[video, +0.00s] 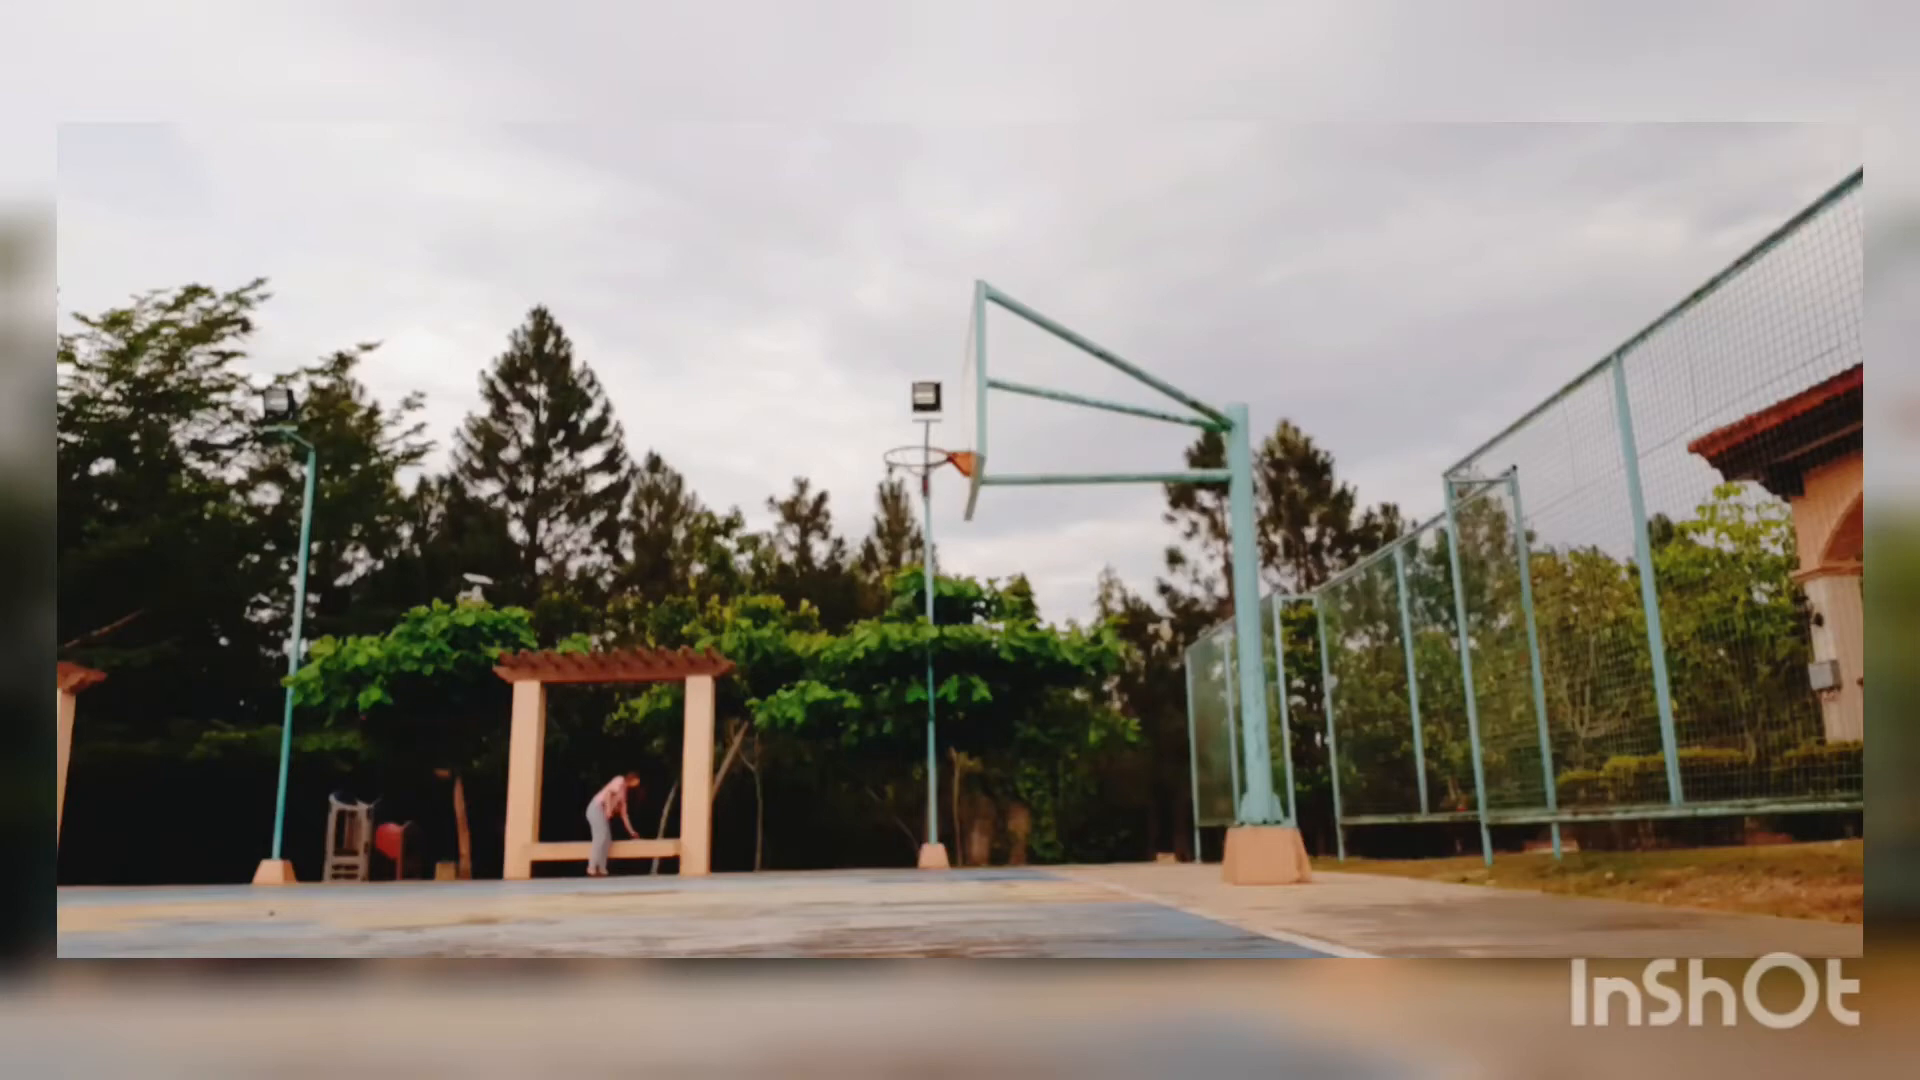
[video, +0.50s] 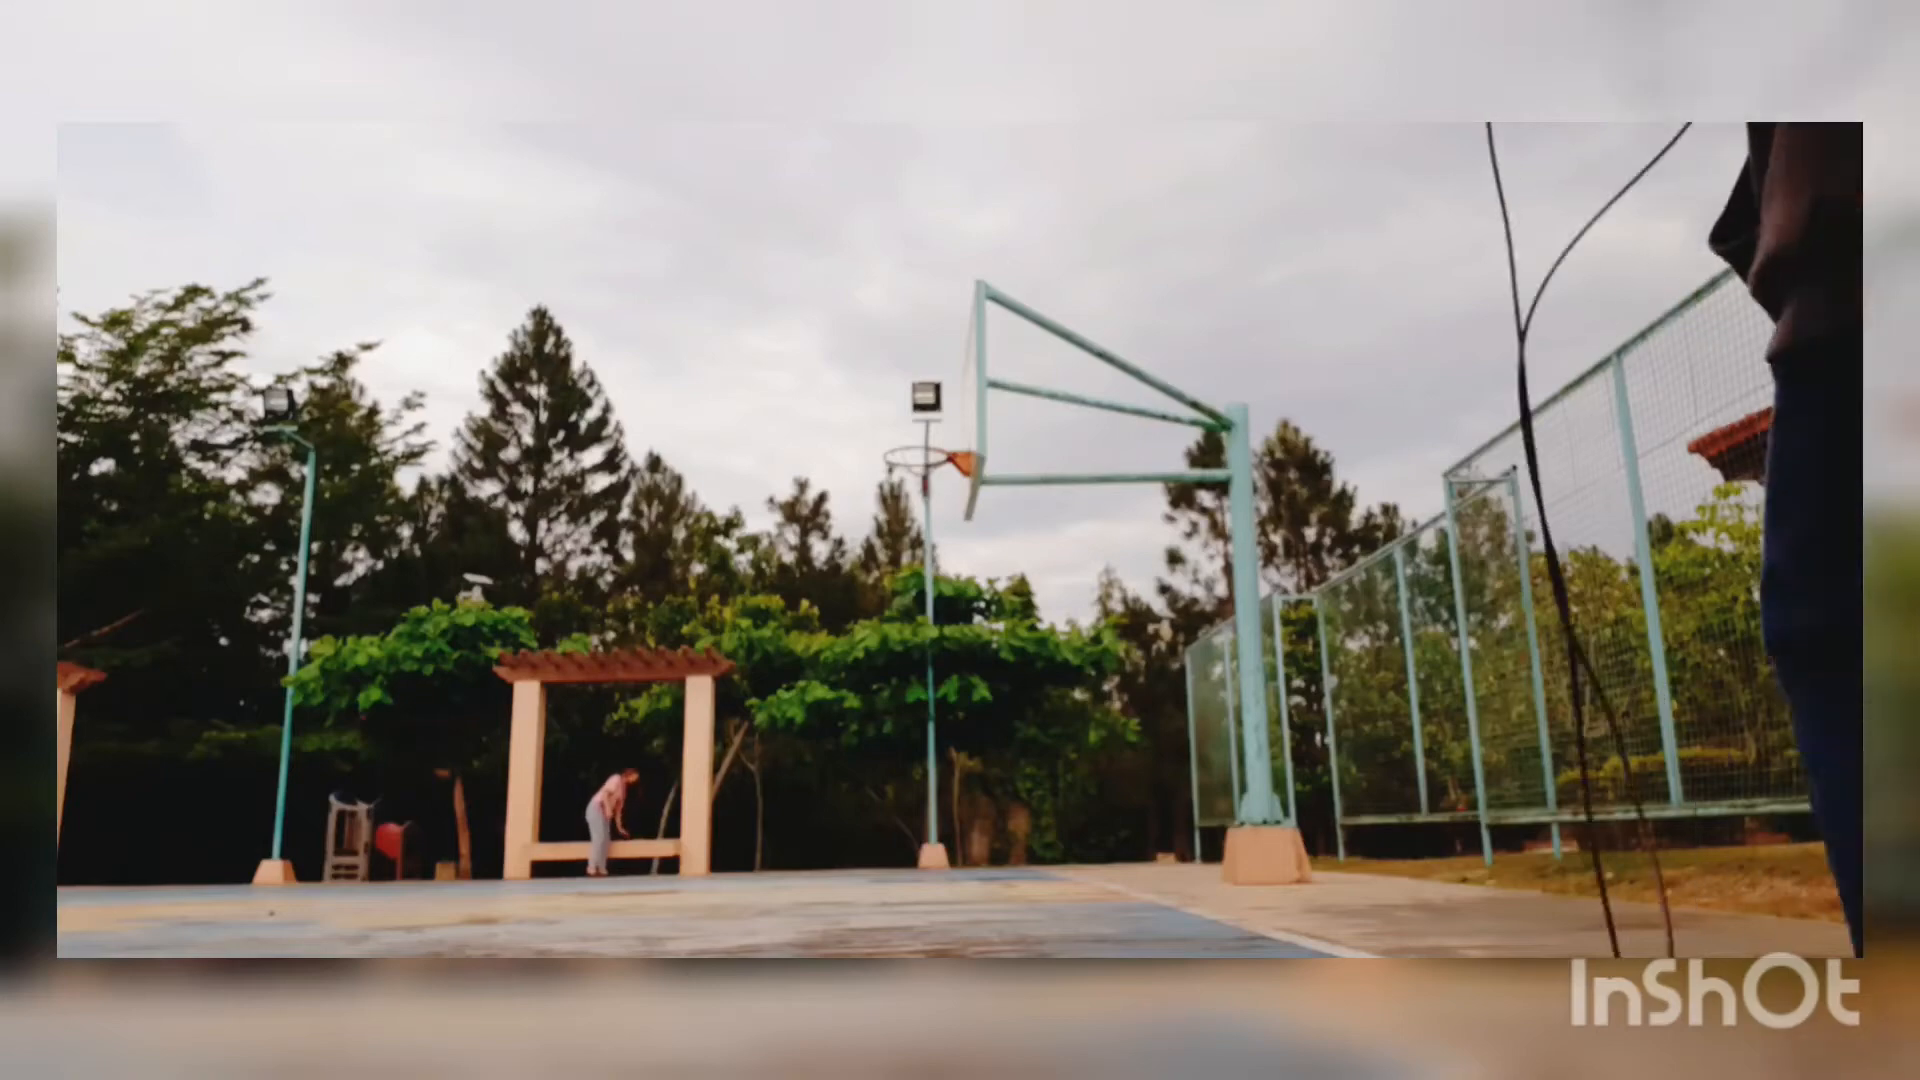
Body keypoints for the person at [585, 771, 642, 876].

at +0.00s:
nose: (636, 784)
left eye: (637, 782)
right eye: (636, 781)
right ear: (631, 778)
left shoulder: (623, 791)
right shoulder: (619, 780)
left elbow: (624, 813)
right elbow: (608, 792)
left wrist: (631, 831)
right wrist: (608, 808)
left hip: (603, 810)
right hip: (596, 807)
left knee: (607, 838)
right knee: (600, 836)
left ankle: (602, 866)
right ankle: (592, 866)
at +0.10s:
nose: (635, 784)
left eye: (637, 782)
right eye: (635, 781)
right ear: (631, 778)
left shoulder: (623, 791)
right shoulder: (620, 780)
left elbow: (623, 813)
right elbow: (607, 793)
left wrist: (630, 831)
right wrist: (609, 808)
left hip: (603, 810)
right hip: (596, 807)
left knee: (607, 838)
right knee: (600, 836)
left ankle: (601, 866)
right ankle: (592, 865)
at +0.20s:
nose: (635, 783)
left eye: (637, 781)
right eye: (635, 780)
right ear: (631, 777)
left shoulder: (623, 791)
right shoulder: (619, 780)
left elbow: (622, 814)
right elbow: (607, 793)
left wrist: (630, 831)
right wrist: (610, 809)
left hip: (603, 810)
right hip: (596, 807)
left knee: (606, 838)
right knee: (600, 836)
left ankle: (601, 866)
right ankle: (592, 865)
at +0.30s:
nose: (635, 782)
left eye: (636, 780)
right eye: (635, 779)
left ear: (634, 780)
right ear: (630, 776)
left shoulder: (622, 790)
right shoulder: (618, 780)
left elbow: (620, 812)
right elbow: (607, 793)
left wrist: (626, 830)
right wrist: (610, 808)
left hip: (603, 810)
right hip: (596, 807)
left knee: (606, 838)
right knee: (600, 836)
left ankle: (601, 867)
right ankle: (592, 866)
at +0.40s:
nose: (634, 781)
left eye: (636, 780)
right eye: (634, 778)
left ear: (633, 779)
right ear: (629, 775)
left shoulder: (622, 789)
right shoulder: (617, 780)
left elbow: (619, 811)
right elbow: (606, 793)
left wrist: (622, 828)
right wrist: (609, 808)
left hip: (604, 810)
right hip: (596, 807)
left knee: (605, 838)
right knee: (600, 836)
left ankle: (601, 866)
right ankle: (592, 866)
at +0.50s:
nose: (633, 781)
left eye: (635, 779)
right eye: (633, 778)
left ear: (632, 778)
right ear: (628, 774)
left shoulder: (622, 787)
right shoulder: (616, 779)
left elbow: (618, 808)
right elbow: (605, 793)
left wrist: (619, 827)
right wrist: (608, 808)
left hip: (605, 810)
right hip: (596, 808)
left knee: (606, 838)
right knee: (599, 837)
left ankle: (601, 867)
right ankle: (592, 867)